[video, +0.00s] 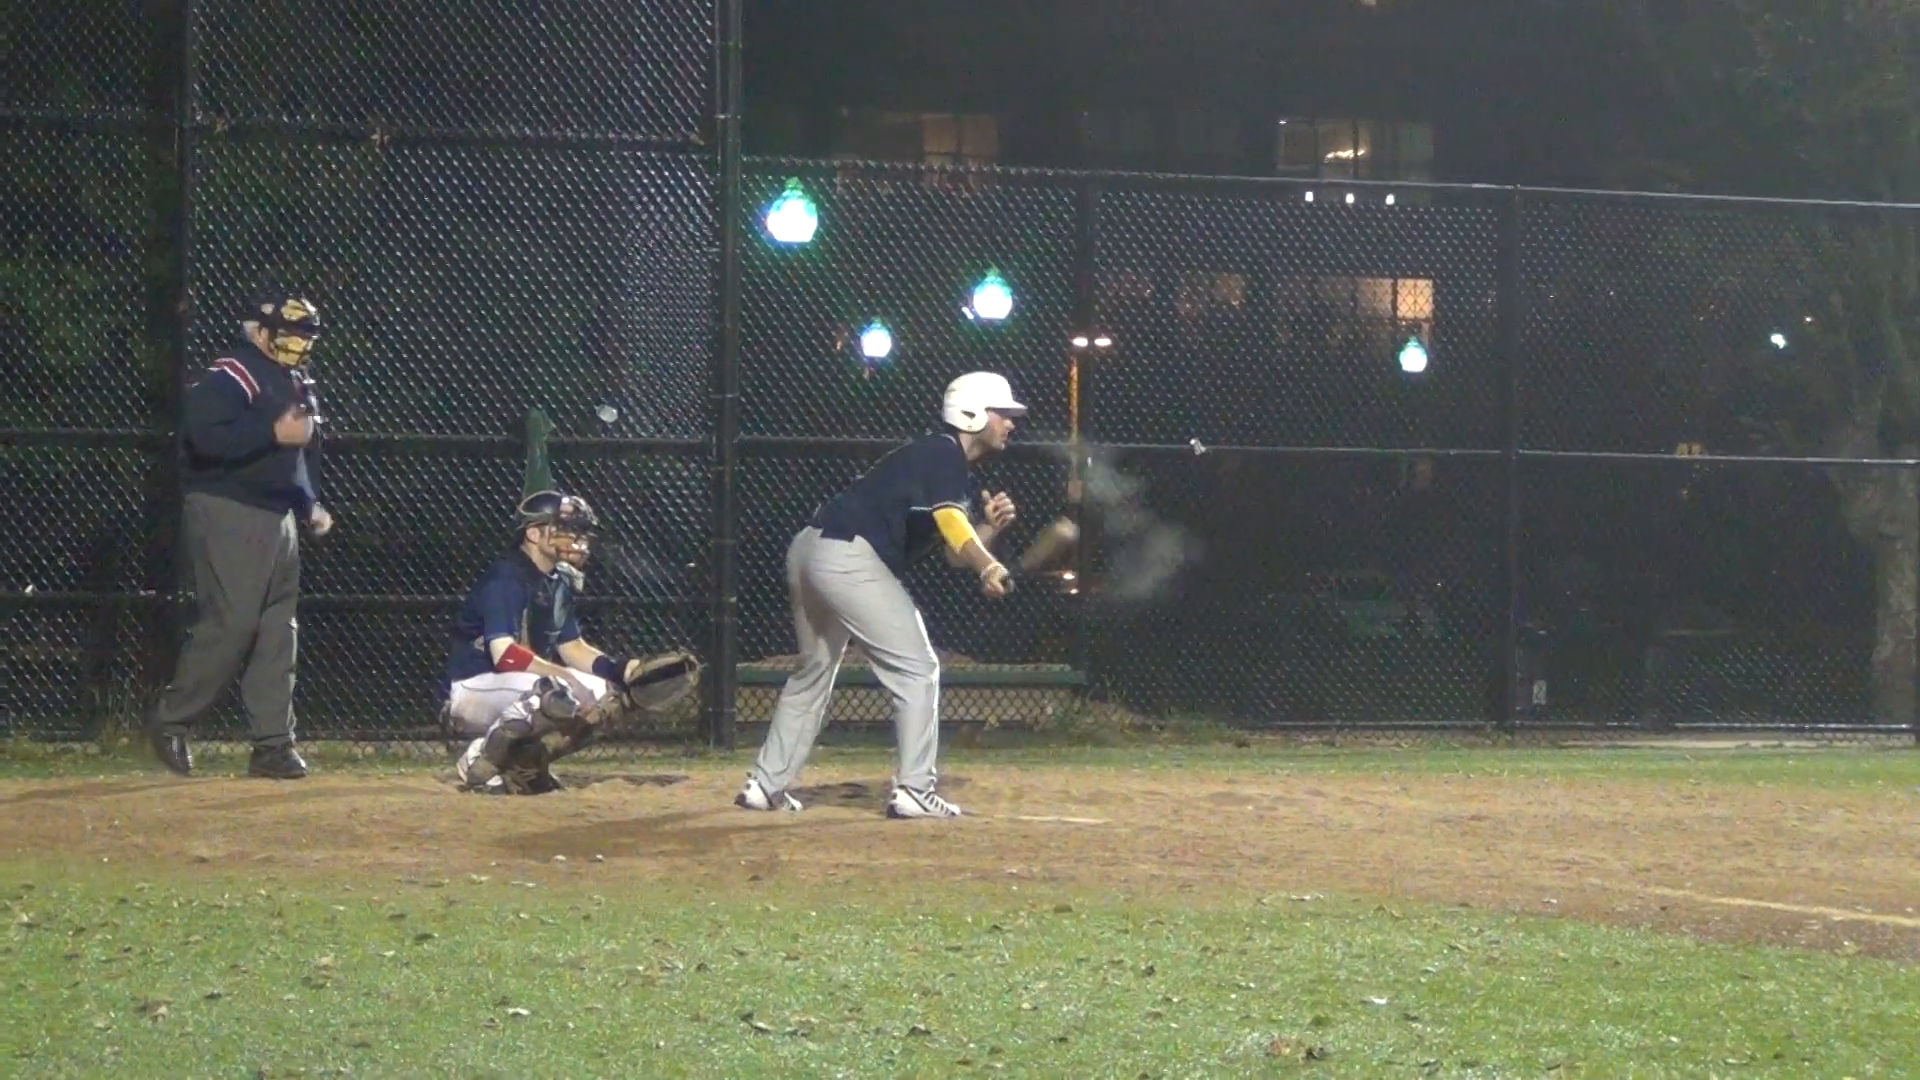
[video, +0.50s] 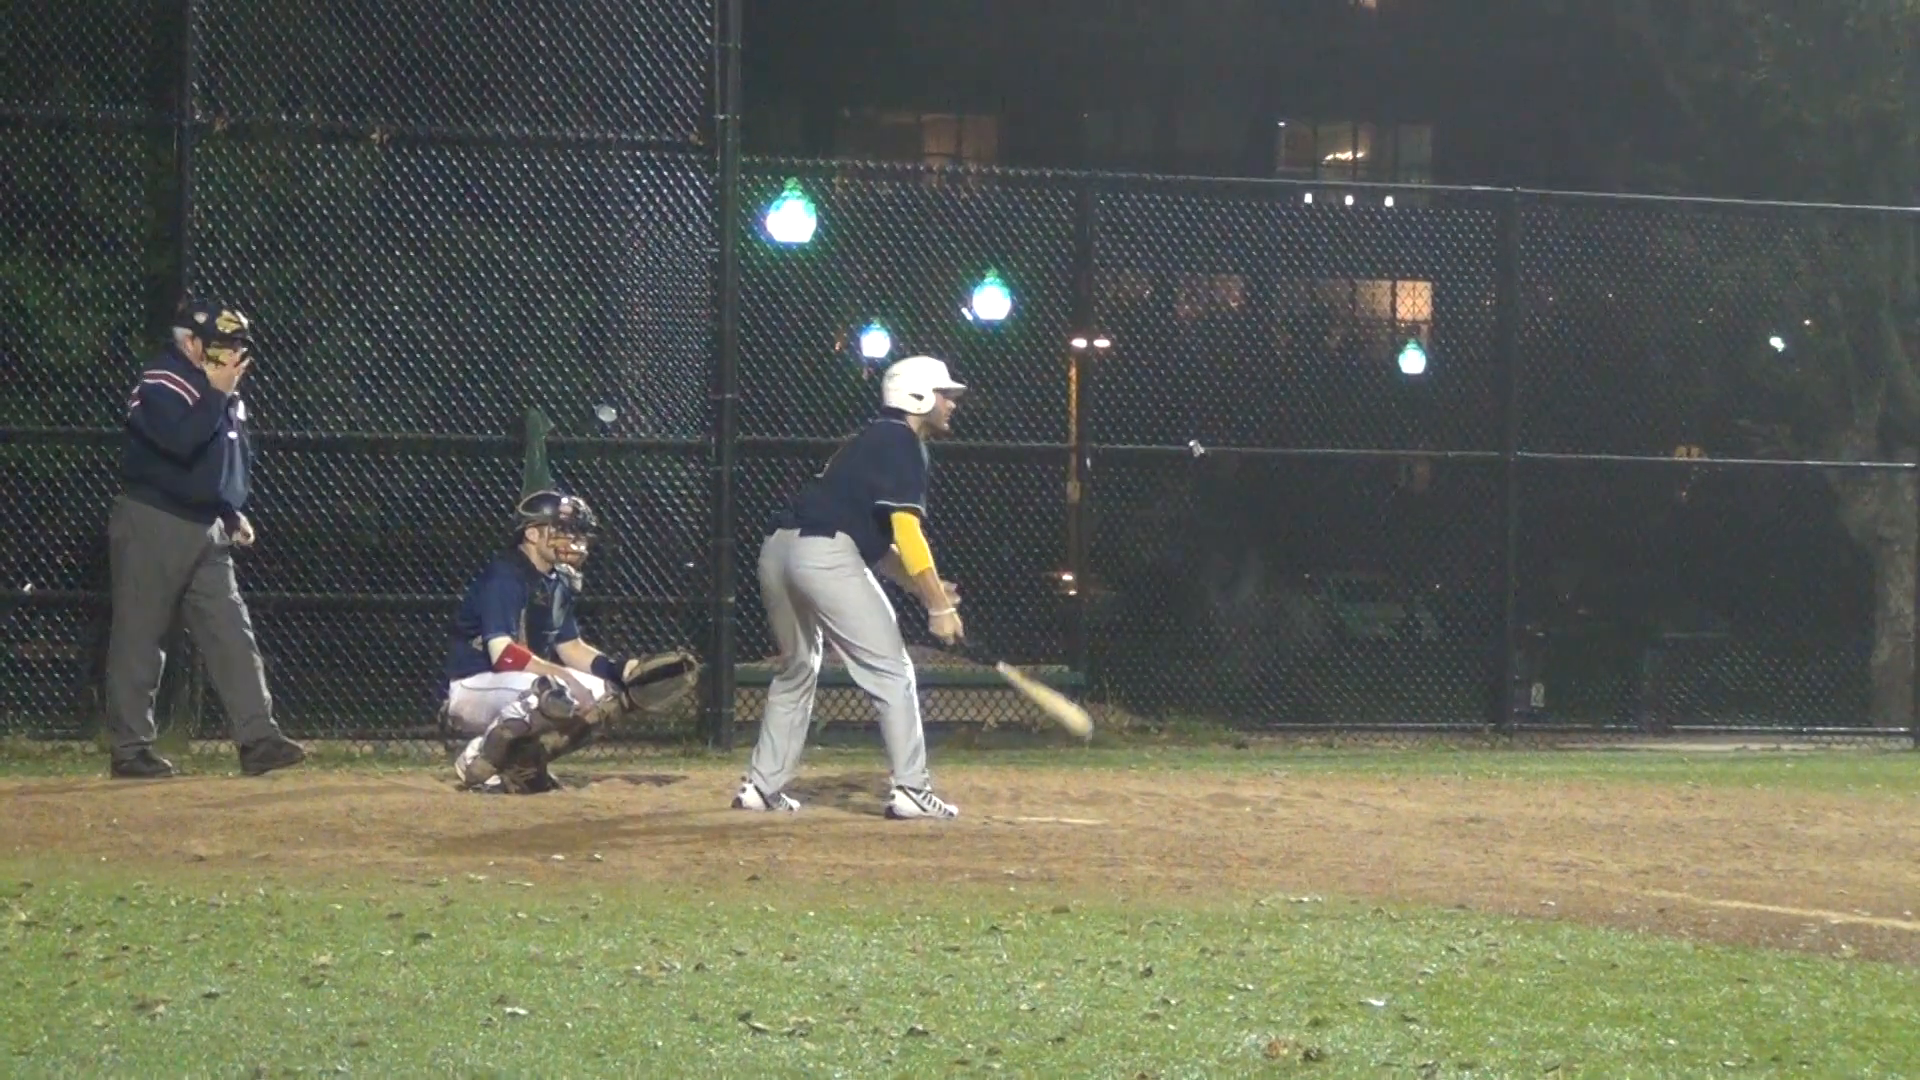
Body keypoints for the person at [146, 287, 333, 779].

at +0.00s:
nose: (296, 341)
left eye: (301, 334)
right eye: (287, 332)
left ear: (304, 336)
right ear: (258, 329)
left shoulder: (293, 381)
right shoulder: (228, 375)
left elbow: (294, 456)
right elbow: (208, 440)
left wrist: (309, 504)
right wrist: (274, 433)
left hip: (277, 520)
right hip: (227, 515)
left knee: (276, 631)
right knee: (231, 624)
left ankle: (273, 745)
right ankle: (170, 720)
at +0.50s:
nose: (233, 360)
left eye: (237, 352)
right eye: (224, 349)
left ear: (238, 354)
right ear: (195, 343)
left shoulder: (226, 393)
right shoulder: (162, 380)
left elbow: (230, 460)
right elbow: (179, 439)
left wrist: (234, 510)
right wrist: (218, 392)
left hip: (206, 530)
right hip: (152, 524)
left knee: (231, 634)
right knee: (139, 637)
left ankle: (259, 742)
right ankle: (131, 749)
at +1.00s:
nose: (221, 356)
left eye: (223, 348)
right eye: (215, 346)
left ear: (202, 347)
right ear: (189, 342)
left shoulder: (211, 395)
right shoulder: (143, 374)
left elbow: (225, 463)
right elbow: (86, 433)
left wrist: (273, 450)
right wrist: (95, 500)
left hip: (181, 526)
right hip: (134, 521)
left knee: (170, 633)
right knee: (136, 630)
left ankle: (161, 742)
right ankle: (127, 747)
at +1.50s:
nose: (190, 347)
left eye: (193, 339)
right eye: (182, 337)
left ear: (187, 340)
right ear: (154, 334)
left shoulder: (187, 392)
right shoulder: (117, 373)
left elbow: (195, 469)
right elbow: (77, 438)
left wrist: (238, 464)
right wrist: (85, 510)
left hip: (166, 525)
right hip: (119, 521)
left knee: (155, 634)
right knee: (108, 632)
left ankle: (150, 746)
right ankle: (87, 749)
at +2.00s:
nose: (150, 355)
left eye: (155, 346)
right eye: (141, 345)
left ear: (158, 348)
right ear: (113, 343)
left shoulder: (152, 398)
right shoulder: (79, 390)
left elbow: (153, 465)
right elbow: (43, 459)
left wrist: (147, 518)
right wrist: (37, 527)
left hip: (136, 535)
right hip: (84, 531)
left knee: (149, 640)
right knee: (79, 639)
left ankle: (167, 751)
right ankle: (76, 755)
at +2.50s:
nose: (149, 355)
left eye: (154, 347)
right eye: (140, 345)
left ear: (155, 349)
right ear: (113, 342)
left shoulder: (144, 394)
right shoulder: (79, 386)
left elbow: (143, 465)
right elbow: (40, 459)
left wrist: (142, 522)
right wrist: (61, 523)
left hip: (132, 534)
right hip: (80, 531)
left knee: (142, 641)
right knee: (79, 642)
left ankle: (163, 751)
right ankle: (75, 757)